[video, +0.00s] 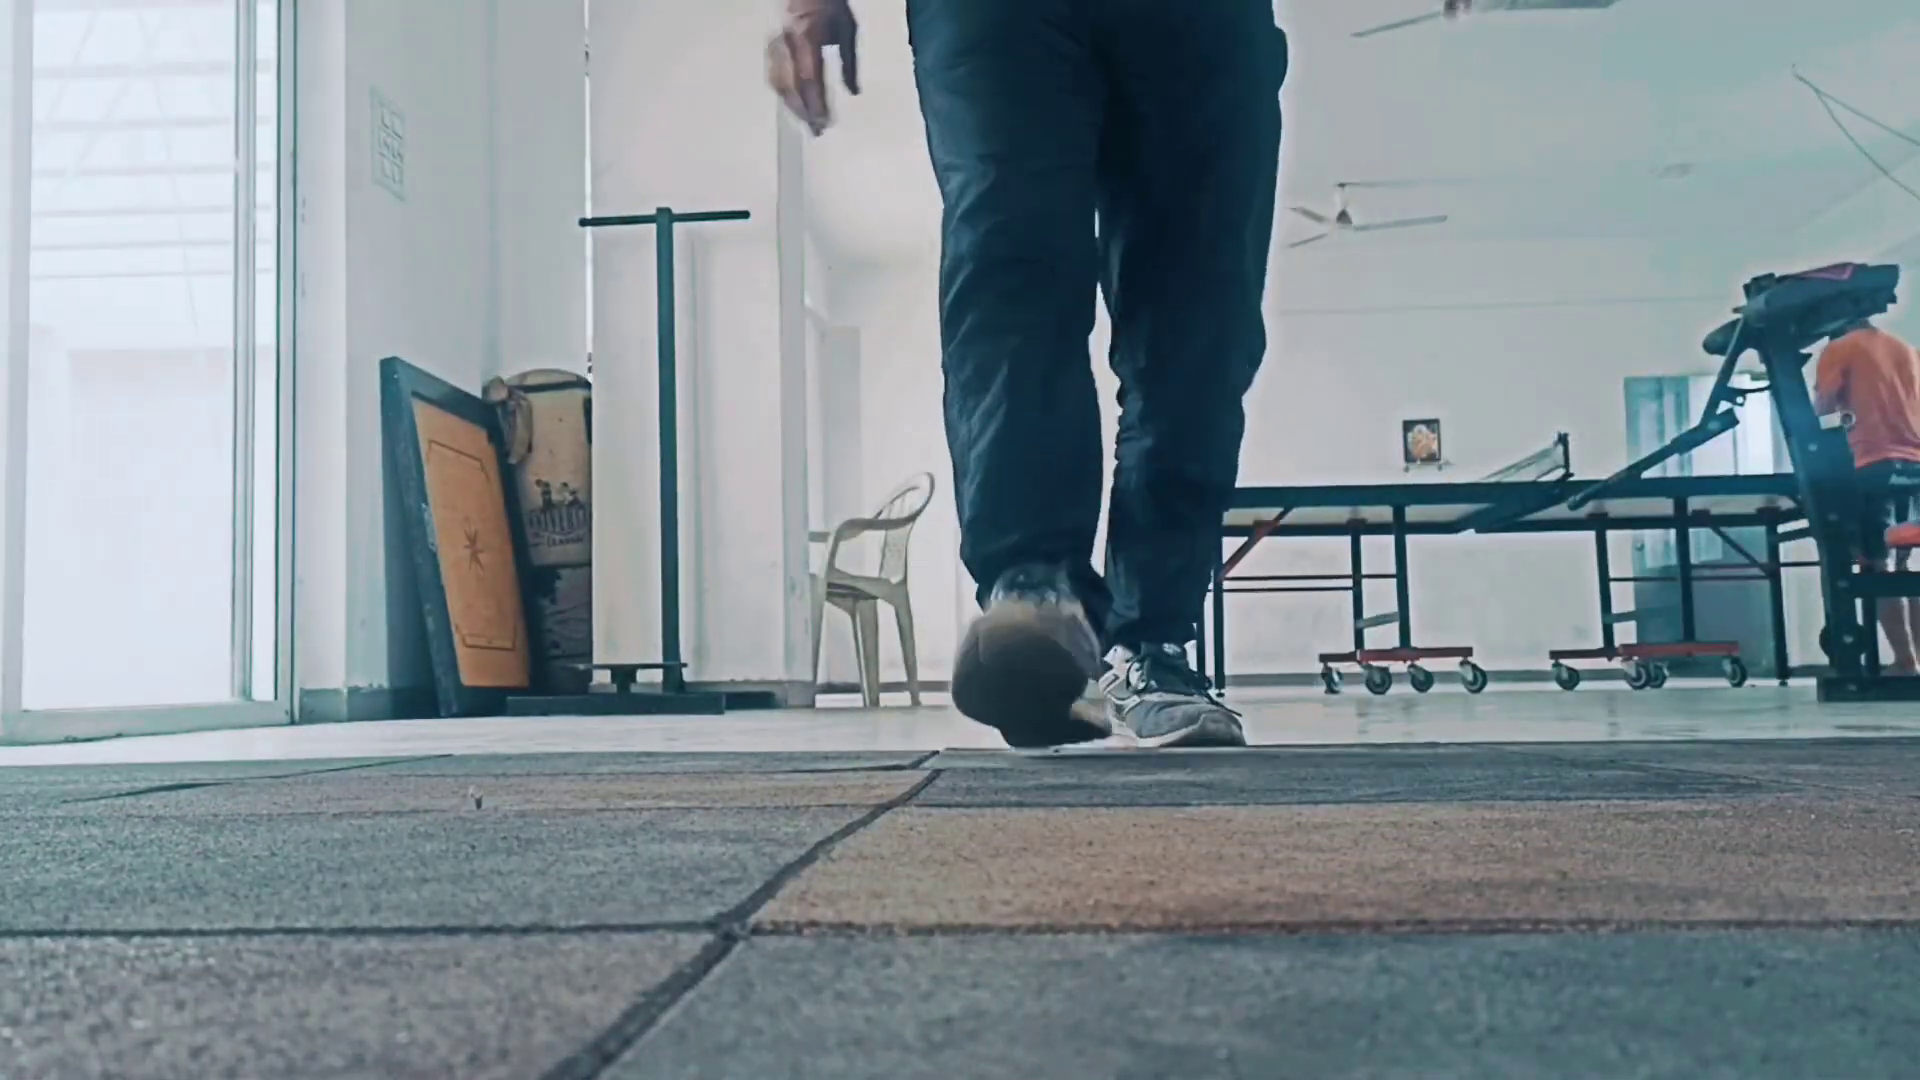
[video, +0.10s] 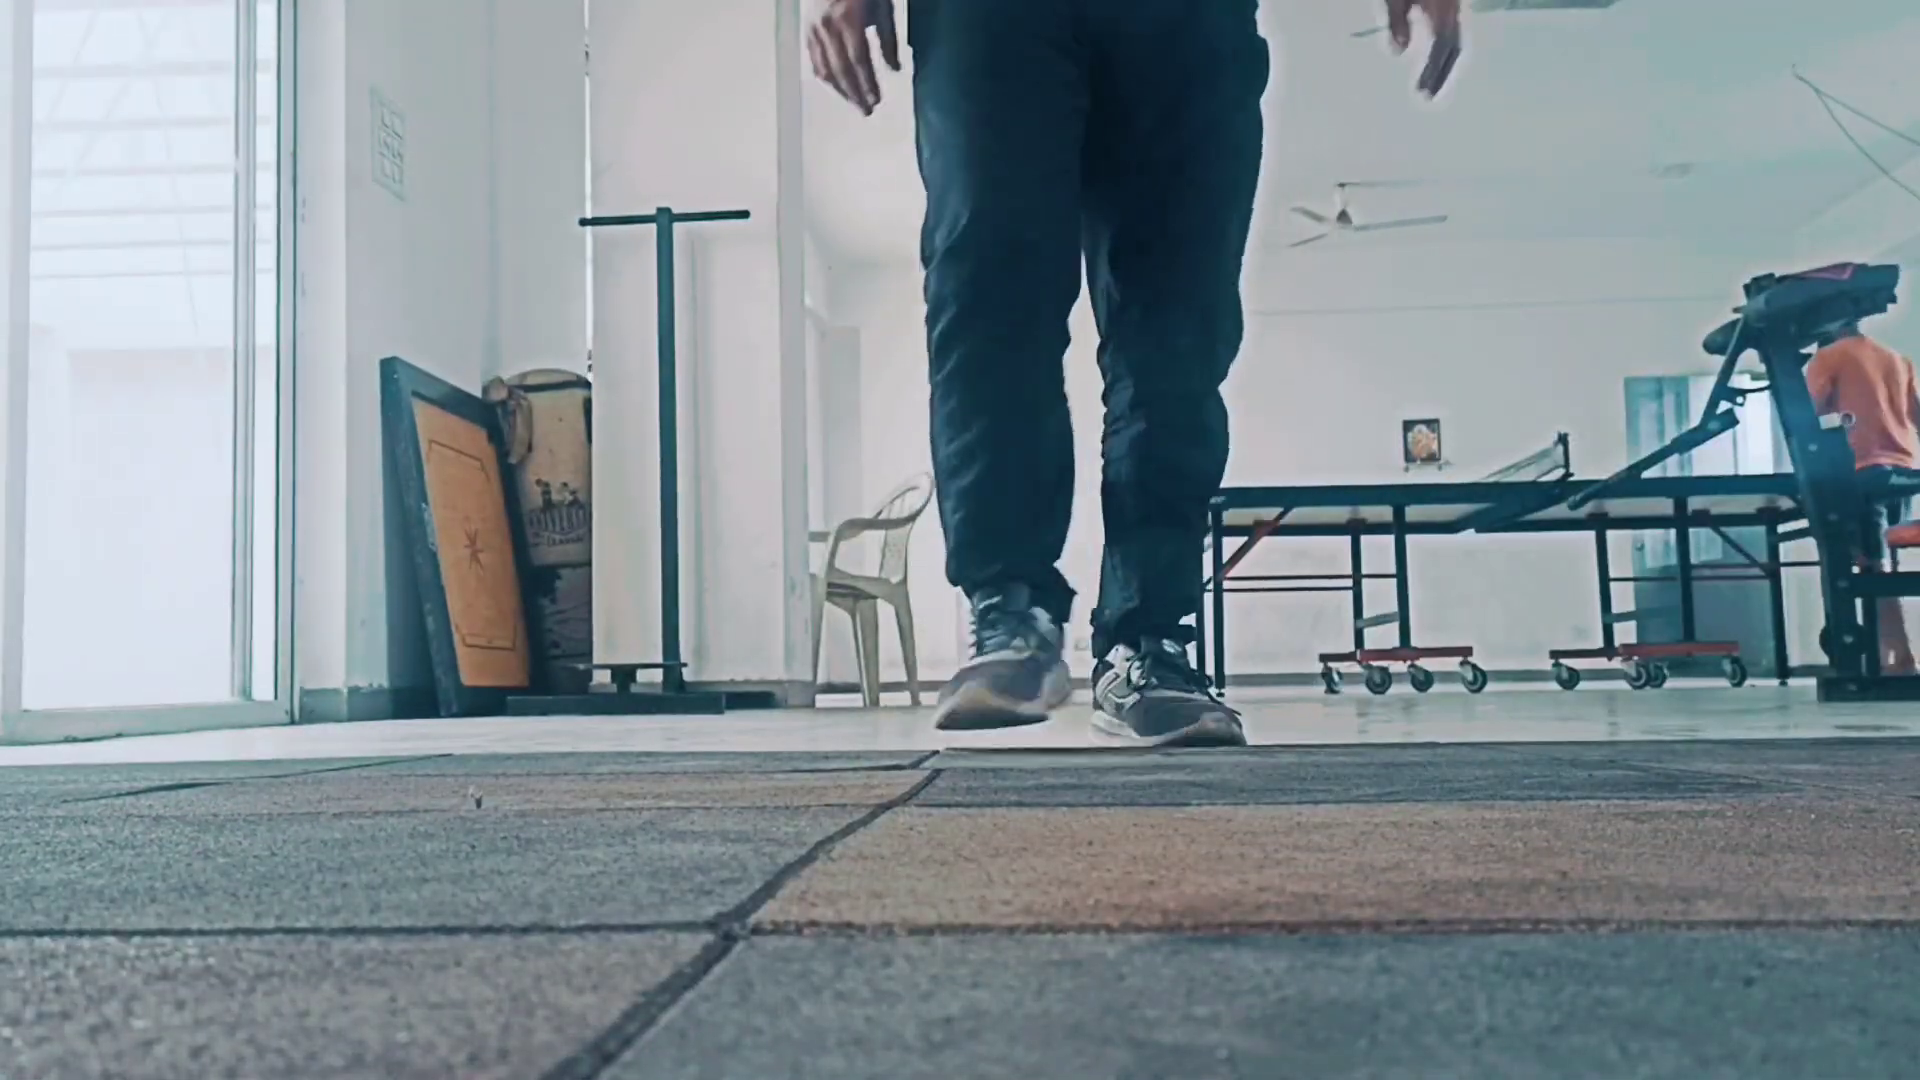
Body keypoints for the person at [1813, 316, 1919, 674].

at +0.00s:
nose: (1826, 334)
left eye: (1828, 327)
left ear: (1838, 320)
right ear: (1866, 314)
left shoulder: (1839, 349)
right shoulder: (1906, 349)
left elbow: (1823, 406)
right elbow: (1912, 400)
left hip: (1873, 463)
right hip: (1915, 461)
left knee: (1878, 568)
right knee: (1903, 564)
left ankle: (1906, 660)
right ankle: (1912, 654)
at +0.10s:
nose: (1819, 343)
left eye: (1820, 337)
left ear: (1828, 329)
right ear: (1856, 324)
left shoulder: (1830, 356)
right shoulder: (1899, 360)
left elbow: (1805, 412)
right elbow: (1914, 413)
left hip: (1864, 468)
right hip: (1907, 466)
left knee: (1875, 566)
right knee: (1877, 564)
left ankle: (1902, 655)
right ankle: (1886, 655)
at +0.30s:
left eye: (1802, 340)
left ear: (1808, 336)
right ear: (1837, 331)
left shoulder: (1807, 371)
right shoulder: (1873, 370)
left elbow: (1798, 428)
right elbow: (1889, 433)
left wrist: (1778, 457)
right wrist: (1909, 478)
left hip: (1831, 478)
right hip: (1878, 474)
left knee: (1834, 561)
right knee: (1866, 561)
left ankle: (1887, 640)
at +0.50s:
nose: (1765, 360)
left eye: (1767, 352)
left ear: (1782, 341)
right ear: (1809, 333)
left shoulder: (1791, 374)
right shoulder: (1840, 372)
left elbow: (1788, 430)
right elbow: (1847, 427)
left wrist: (1766, 454)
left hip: (1808, 479)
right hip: (1850, 475)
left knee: (1784, 570)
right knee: (1839, 566)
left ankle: (1830, 638)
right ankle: (1844, 651)